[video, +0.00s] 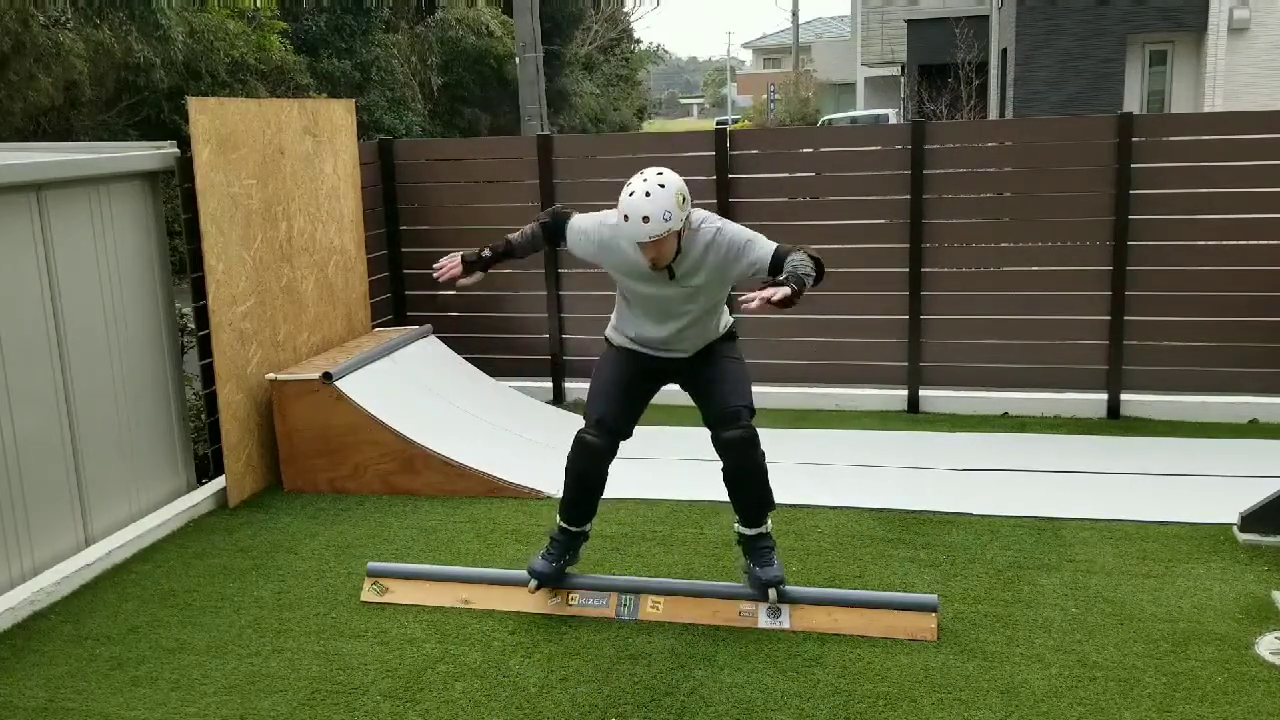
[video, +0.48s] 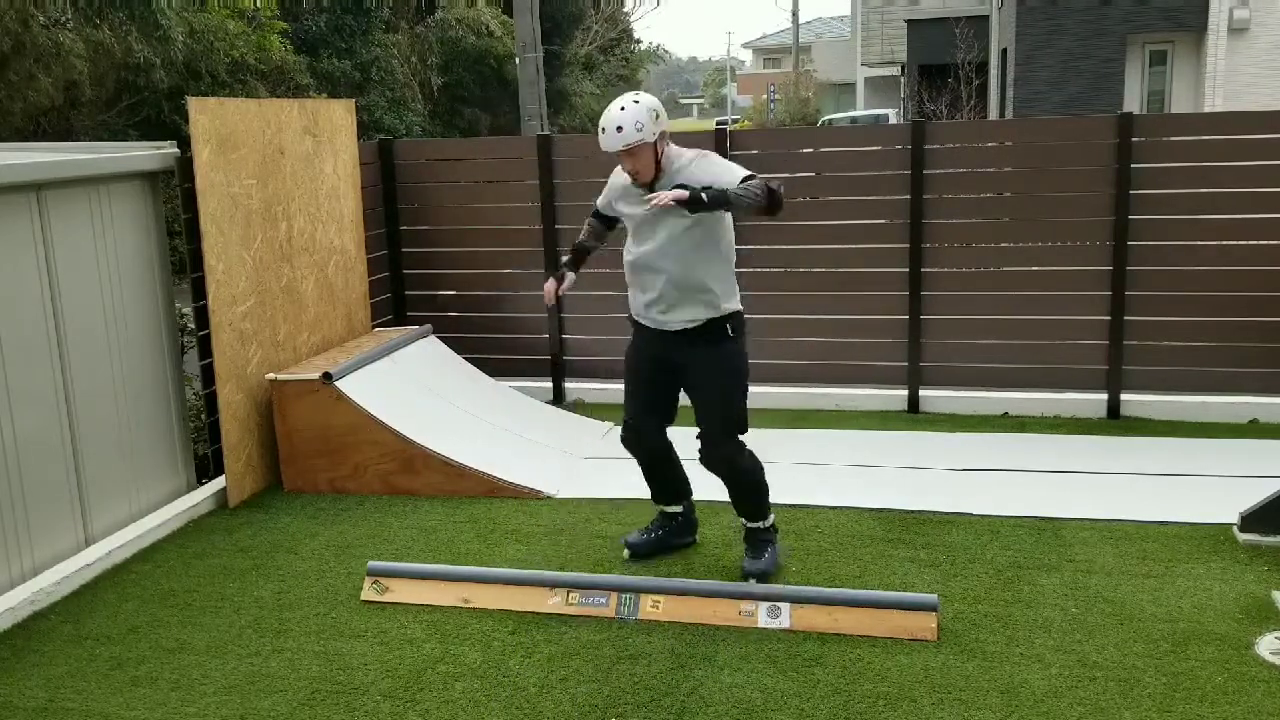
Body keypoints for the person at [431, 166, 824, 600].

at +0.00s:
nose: (651, 254)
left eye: (659, 241)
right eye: (641, 243)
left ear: (683, 225)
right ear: (629, 228)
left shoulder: (721, 239)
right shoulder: (607, 235)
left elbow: (802, 261)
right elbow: (551, 228)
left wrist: (788, 286)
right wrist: (479, 261)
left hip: (709, 345)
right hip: (632, 344)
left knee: (737, 435)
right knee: (595, 440)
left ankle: (760, 549)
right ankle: (566, 541)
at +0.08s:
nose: (646, 238)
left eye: (654, 227)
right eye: (638, 228)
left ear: (681, 213)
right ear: (628, 214)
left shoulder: (719, 227)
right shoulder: (609, 225)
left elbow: (798, 248)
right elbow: (556, 219)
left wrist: (780, 269)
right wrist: (488, 249)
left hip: (709, 341)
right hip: (634, 342)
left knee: (738, 434)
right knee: (596, 439)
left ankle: (760, 548)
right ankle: (565, 542)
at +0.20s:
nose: (636, 159)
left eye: (645, 147)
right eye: (626, 149)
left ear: (669, 129)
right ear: (615, 135)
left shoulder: (710, 139)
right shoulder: (608, 151)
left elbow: (784, 159)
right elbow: (565, 152)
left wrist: (710, 166)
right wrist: (514, 196)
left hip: (715, 305)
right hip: (642, 304)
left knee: (738, 422)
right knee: (604, 416)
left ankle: (761, 539)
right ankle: (576, 533)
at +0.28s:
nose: (636, 145)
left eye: (643, 132)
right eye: (625, 136)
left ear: (666, 112)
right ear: (613, 123)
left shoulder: (704, 123)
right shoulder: (607, 138)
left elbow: (778, 141)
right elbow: (570, 142)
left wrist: (702, 146)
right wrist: (531, 195)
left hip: (714, 291)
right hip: (645, 293)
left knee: (731, 414)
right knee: (618, 407)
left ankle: (758, 527)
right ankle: (600, 523)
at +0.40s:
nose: (626, 151)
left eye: (633, 139)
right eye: (619, 142)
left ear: (659, 125)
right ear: (613, 135)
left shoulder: (699, 142)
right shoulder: (614, 157)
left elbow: (772, 166)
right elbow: (583, 190)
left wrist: (702, 168)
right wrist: (555, 234)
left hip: (712, 307)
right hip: (648, 310)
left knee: (722, 431)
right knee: (635, 419)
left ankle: (755, 531)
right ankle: (659, 519)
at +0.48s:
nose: (625, 165)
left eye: (633, 154)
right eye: (619, 156)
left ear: (658, 141)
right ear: (615, 151)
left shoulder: (701, 168)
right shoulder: (620, 184)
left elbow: (769, 197)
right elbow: (598, 225)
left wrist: (700, 199)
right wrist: (568, 267)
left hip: (712, 332)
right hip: (651, 333)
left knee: (719, 447)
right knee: (641, 432)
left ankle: (760, 532)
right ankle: (677, 520)